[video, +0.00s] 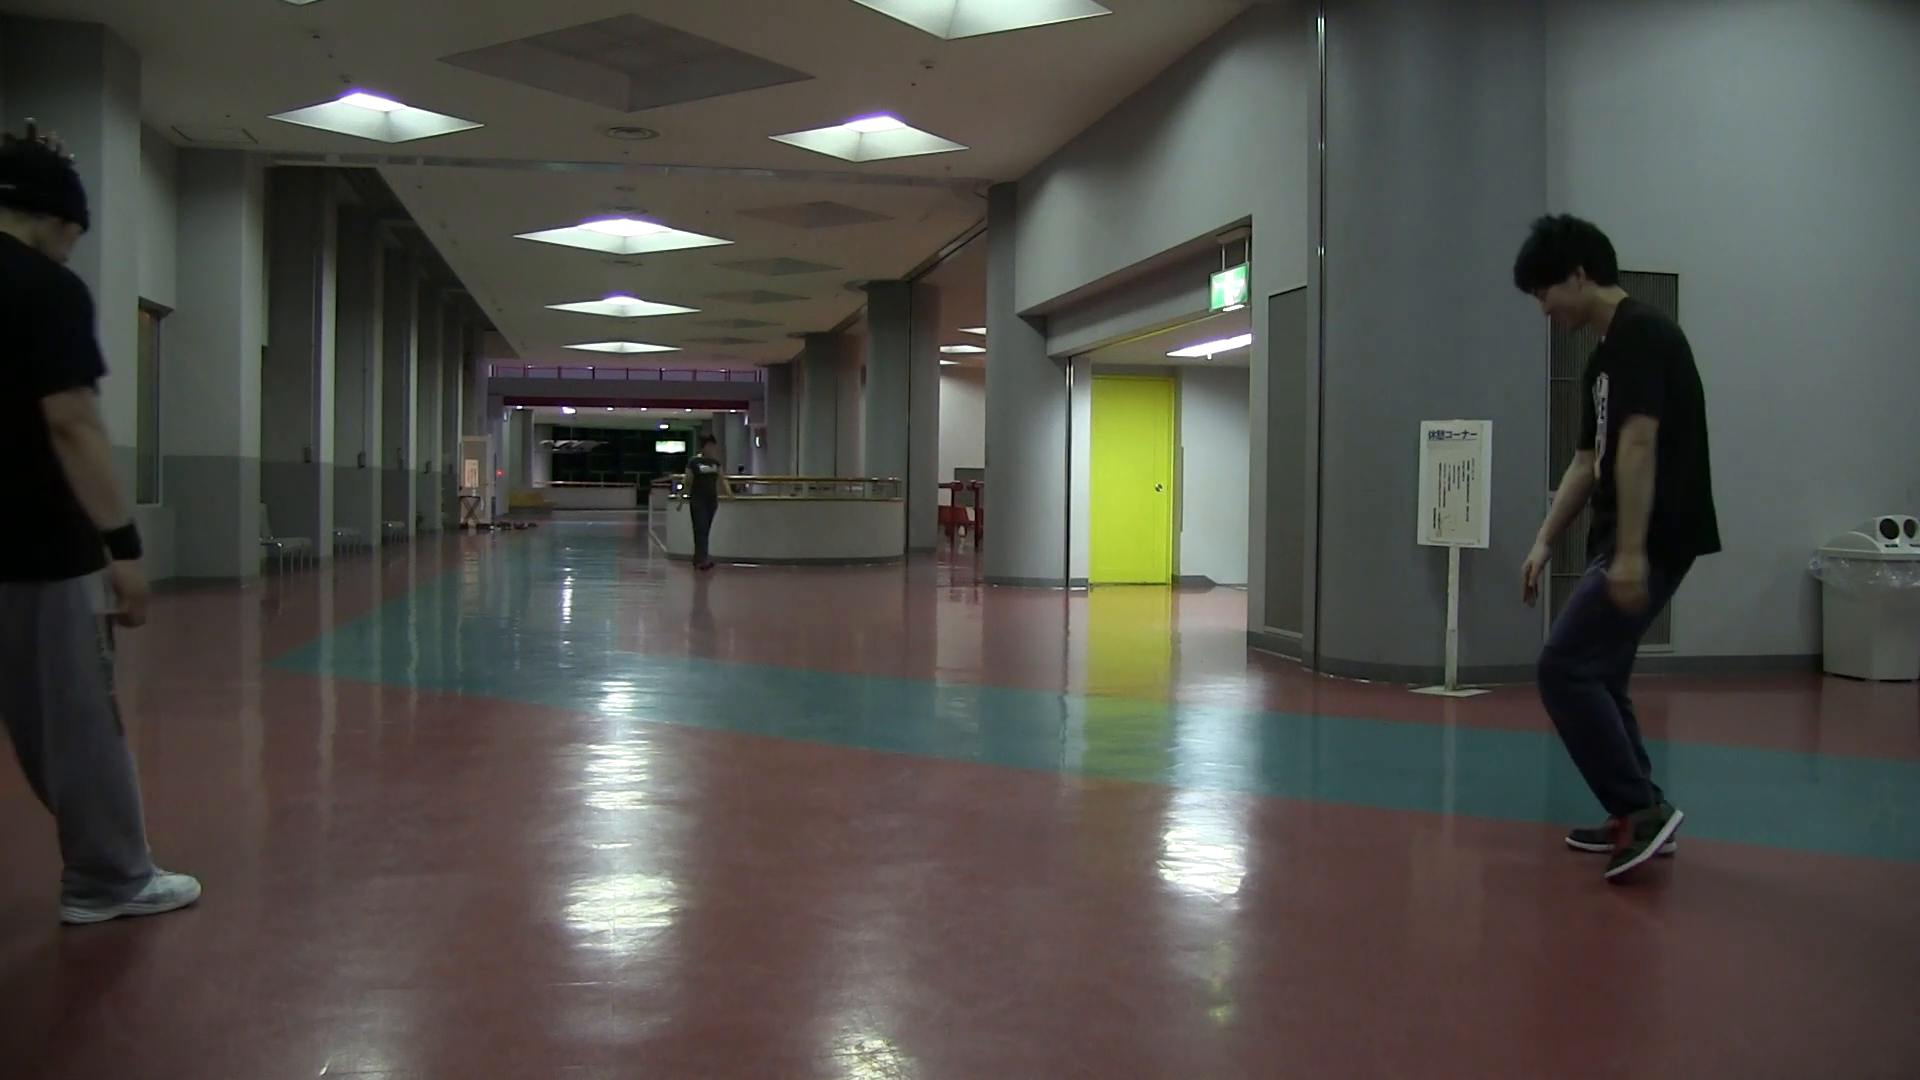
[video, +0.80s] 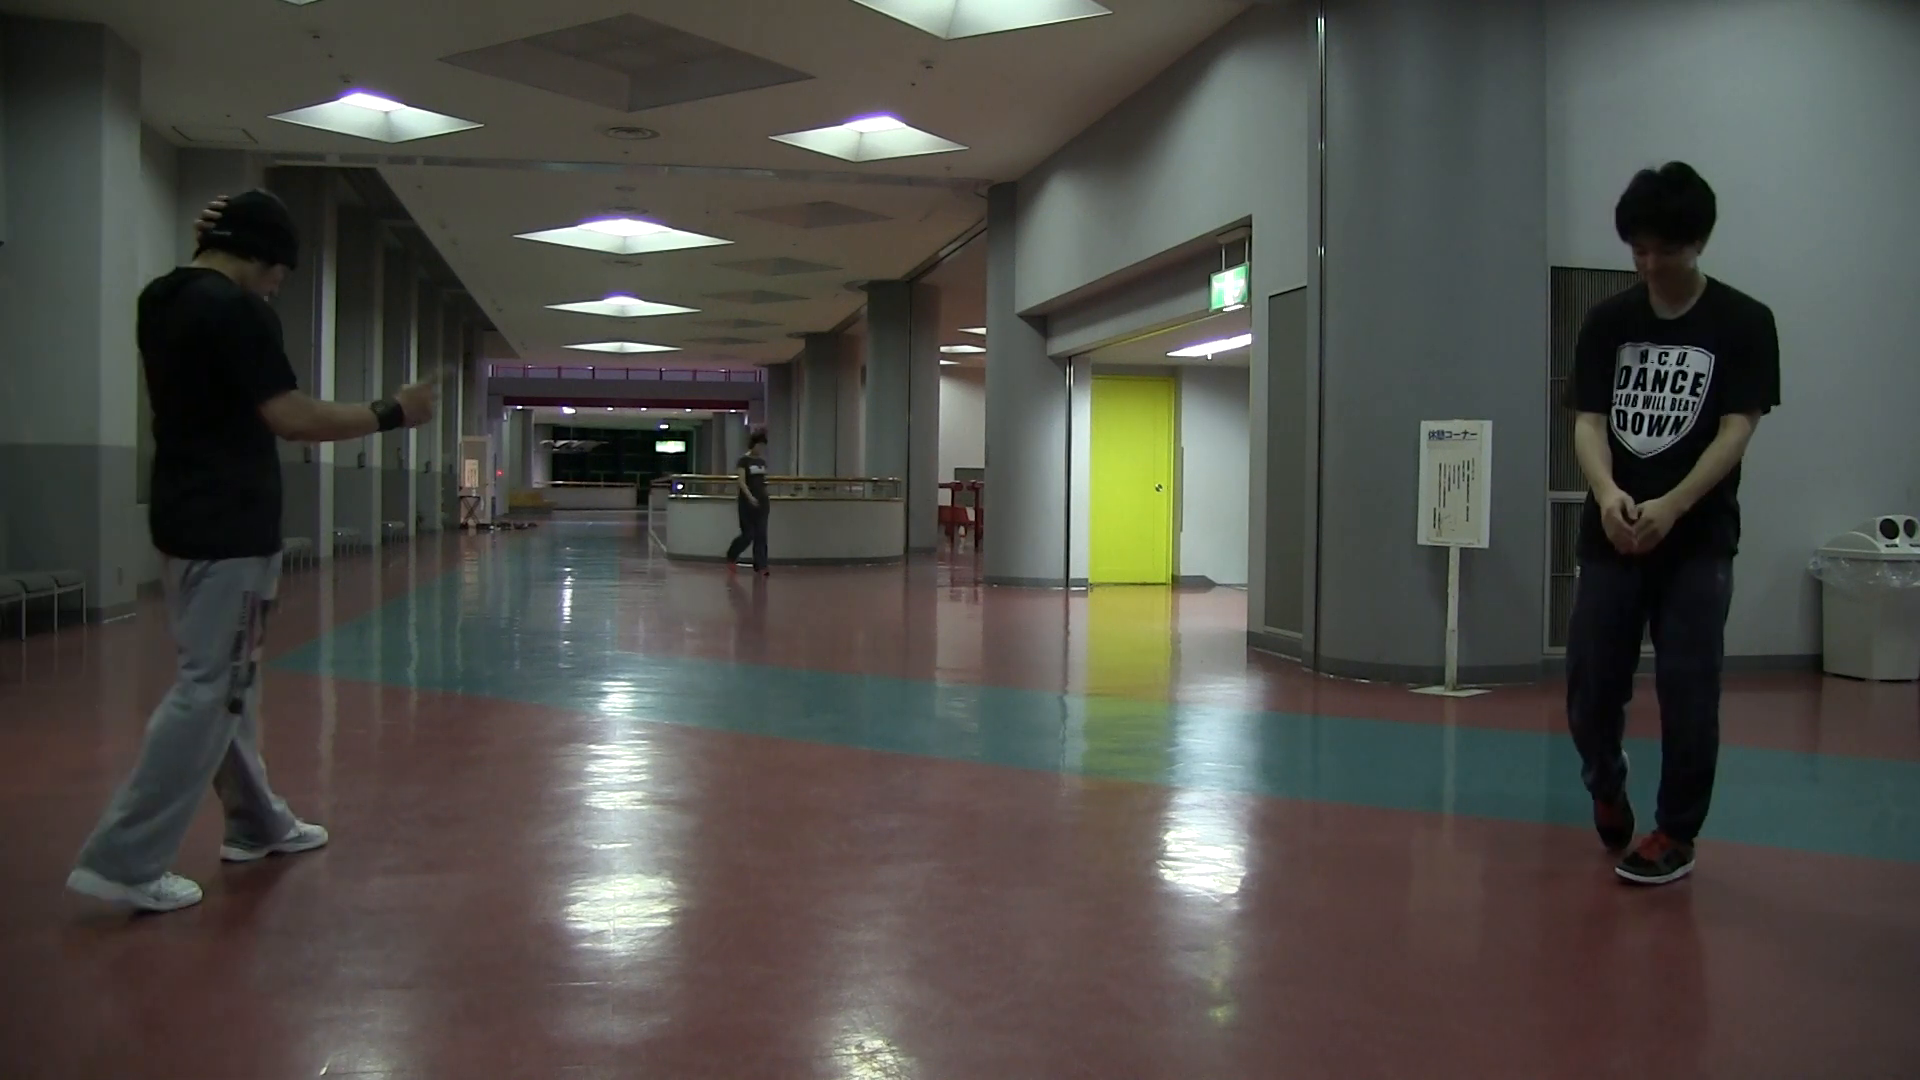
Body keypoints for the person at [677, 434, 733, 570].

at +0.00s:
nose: (712, 450)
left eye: (713, 447)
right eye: (710, 447)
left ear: (715, 448)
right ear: (704, 448)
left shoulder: (716, 464)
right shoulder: (693, 462)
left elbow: (723, 480)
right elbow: (686, 482)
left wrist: (730, 493)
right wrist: (680, 500)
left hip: (711, 500)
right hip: (697, 500)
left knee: (704, 531)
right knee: (700, 531)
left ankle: (699, 559)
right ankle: (702, 560)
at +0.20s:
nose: (722, 452)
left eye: (724, 449)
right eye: (719, 449)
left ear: (725, 450)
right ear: (713, 450)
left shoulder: (726, 466)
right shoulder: (704, 465)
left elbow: (732, 480)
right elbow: (694, 483)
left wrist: (741, 487)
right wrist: (687, 501)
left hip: (721, 502)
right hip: (708, 503)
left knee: (715, 532)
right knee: (715, 532)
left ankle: (702, 558)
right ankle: (720, 563)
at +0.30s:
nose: (728, 449)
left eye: (729, 446)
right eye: (726, 446)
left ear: (730, 447)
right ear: (719, 447)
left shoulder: (730, 464)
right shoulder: (709, 463)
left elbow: (736, 481)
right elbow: (703, 482)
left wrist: (744, 495)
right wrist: (700, 500)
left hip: (727, 501)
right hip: (713, 501)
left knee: (730, 529)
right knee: (718, 531)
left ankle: (713, 551)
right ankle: (721, 562)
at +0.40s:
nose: (733, 449)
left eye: (735, 445)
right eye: (732, 445)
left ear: (735, 446)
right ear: (726, 445)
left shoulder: (735, 462)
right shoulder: (715, 461)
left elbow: (739, 482)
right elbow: (710, 482)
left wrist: (743, 500)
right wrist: (713, 499)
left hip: (734, 501)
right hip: (720, 501)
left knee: (738, 531)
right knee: (718, 533)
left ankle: (726, 556)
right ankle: (720, 563)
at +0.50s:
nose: (740, 449)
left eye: (741, 446)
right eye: (738, 445)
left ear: (741, 446)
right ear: (731, 445)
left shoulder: (740, 462)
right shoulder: (722, 460)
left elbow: (742, 480)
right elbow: (720, 479)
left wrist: (745, 495)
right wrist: (730, 494)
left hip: (739, 498)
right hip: (724, 499)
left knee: (744, 531)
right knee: (721, 532)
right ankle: (720, 562)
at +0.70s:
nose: (755, 450)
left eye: (757, 447)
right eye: (753, 447)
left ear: (757, 448)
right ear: (746, 447)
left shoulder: (755, 463)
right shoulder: (737, 462)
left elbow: (754, 480)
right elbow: (737, 480)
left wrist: (761, 485)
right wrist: (750, 490)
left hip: (754, 501)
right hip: (739, 502)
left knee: (757, 534)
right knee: (735, 533)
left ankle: (761, 565)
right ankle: (722, 561)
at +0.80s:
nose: (762, 448)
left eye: (763, 445)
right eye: (760, 445)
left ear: (763, 446)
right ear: (754, 444)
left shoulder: (761, 462)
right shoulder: (744, 461)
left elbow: (761, 482)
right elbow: (741, 482)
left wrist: (765, 496)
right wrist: (750, 497)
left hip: (762, 499)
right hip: (747, 499)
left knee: (761, 534)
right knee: (748, 534)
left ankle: (760, 564)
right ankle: (731, 556)